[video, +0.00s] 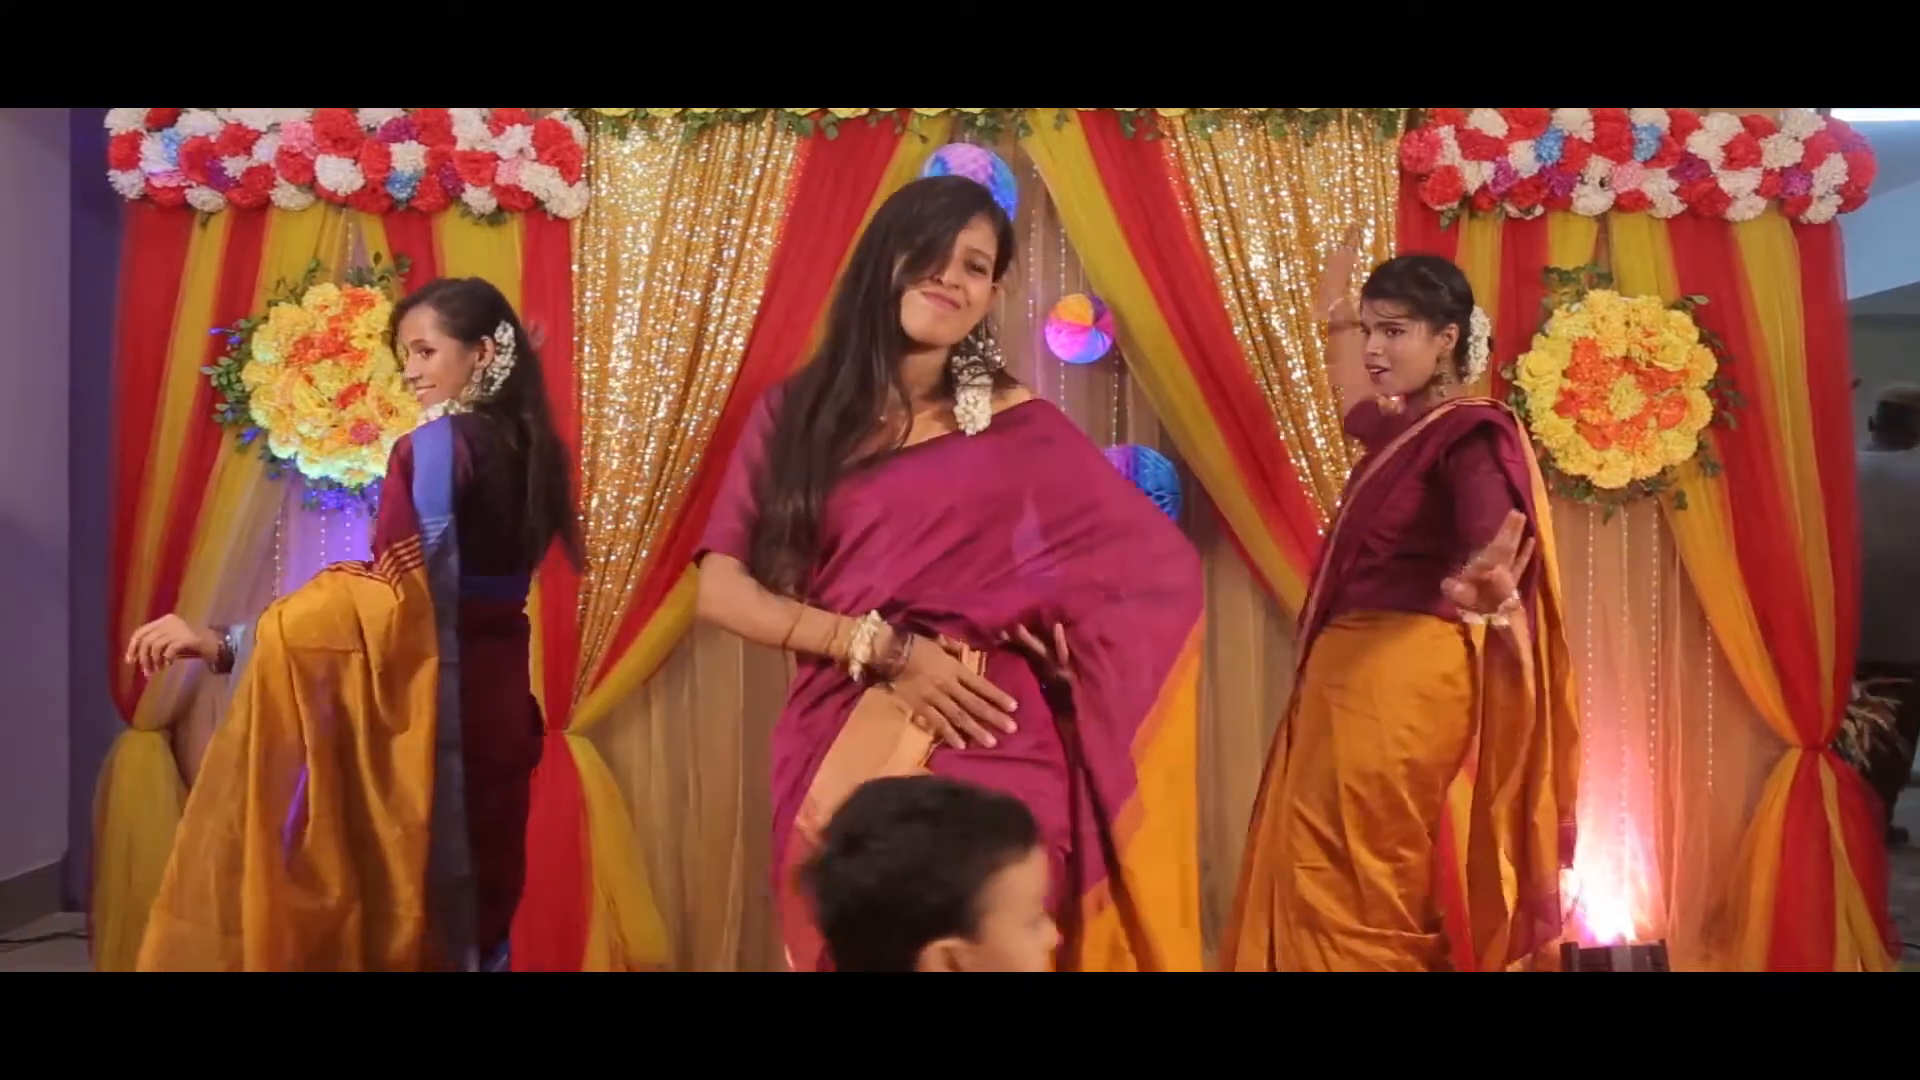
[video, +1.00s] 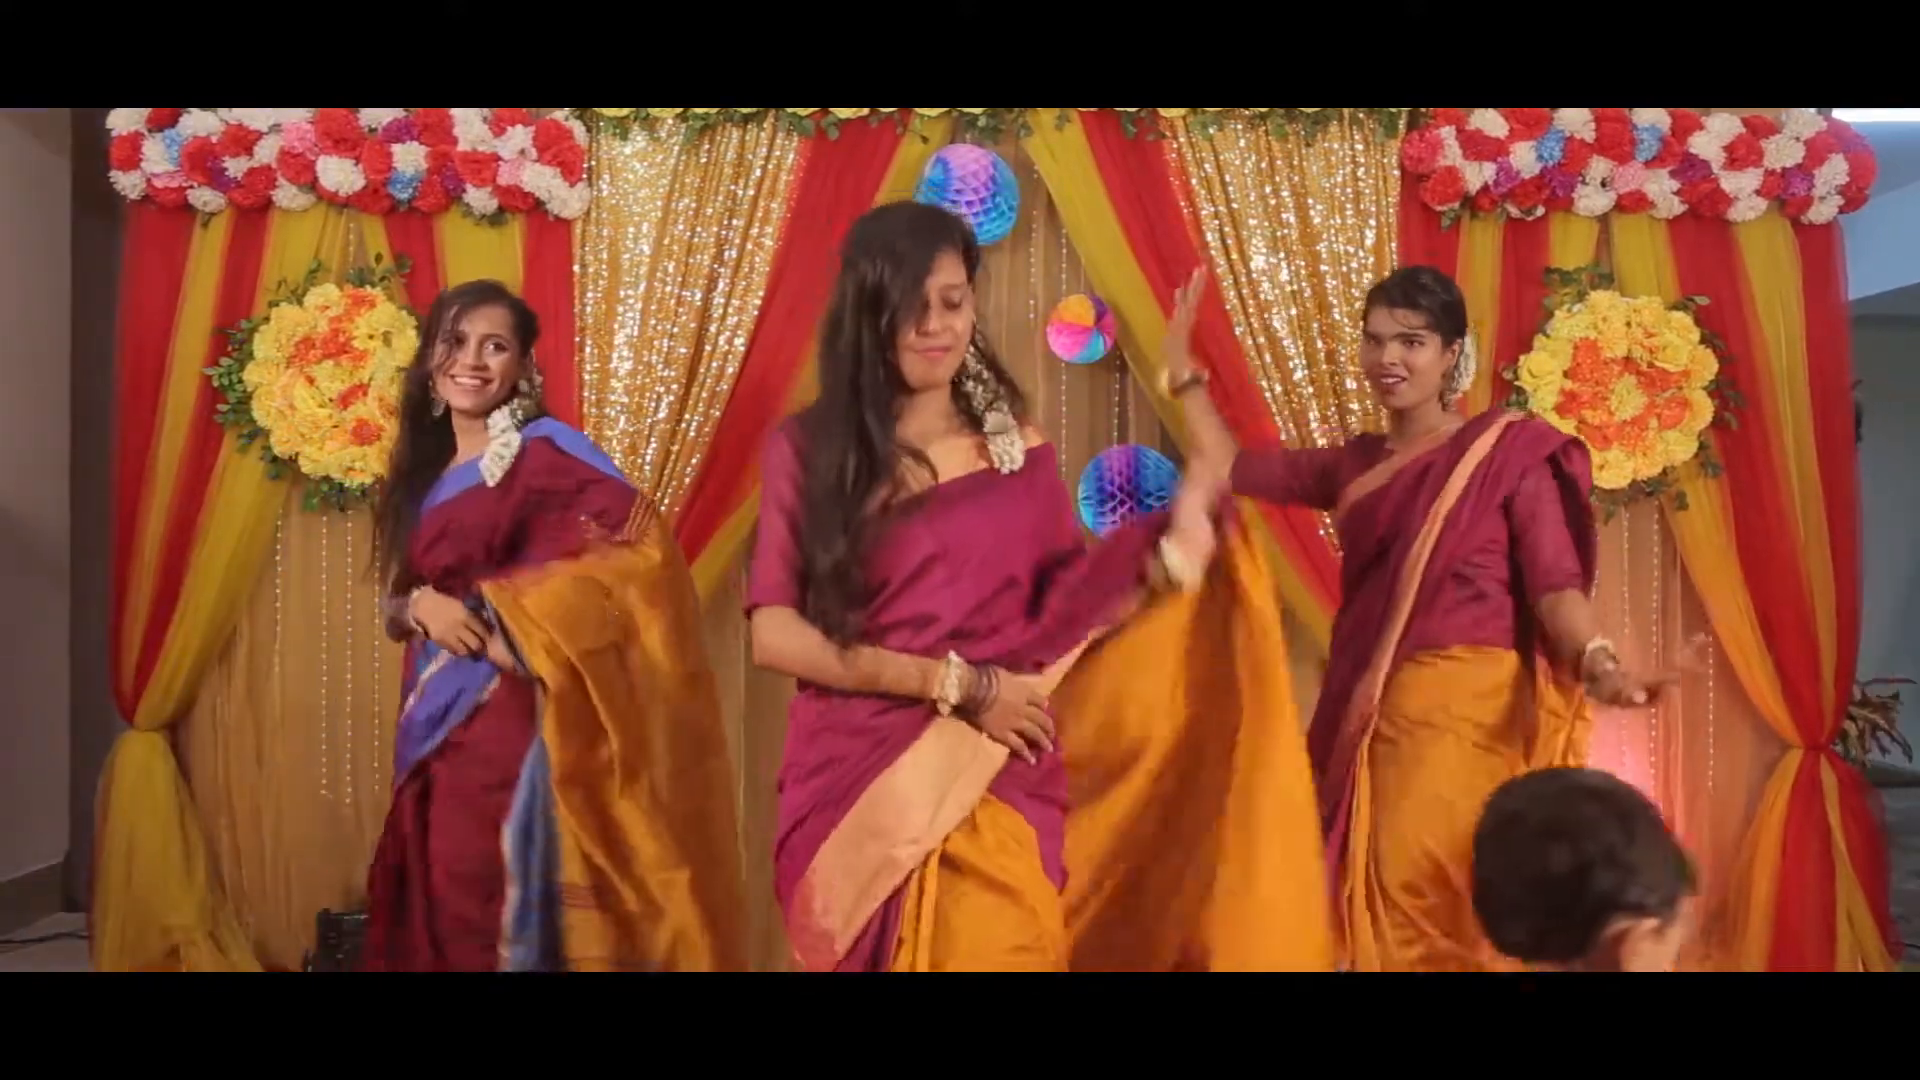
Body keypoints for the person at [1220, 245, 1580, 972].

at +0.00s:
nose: (1374, 349)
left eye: (1393, 330)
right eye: (1366, 329)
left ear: (1446, 340)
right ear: (1362, 336)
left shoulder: (1467, 430)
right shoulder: (1392, 431)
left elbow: (1495, 520)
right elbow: (1358, 400)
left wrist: (1483, 576)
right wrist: (1339, 325)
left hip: (1407, 658)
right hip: (1343, 656)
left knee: (1348, 873)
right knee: (1295, 863)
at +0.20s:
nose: (1371, 366)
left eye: (1393, 348)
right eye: (1365, 348)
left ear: (1446, 359)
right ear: (1357, 354)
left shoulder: (1477, 443)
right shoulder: (1392, 458)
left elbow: (1511, 557)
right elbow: (1326, 465)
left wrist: (1520, 619)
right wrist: (1293, 377)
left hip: (1427, 700)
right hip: (1366, 700)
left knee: (1328, 894)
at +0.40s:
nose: (1375, 355)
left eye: (1398, 336)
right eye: (1368, 335)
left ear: (1449, 345)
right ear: (1361, 337)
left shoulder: (1487, 432)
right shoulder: (1391, 445)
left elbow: (1532, 559)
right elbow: (1307, 439)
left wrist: (1545, 588)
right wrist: (1277, 342)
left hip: (1435, 682)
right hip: (1368, 682)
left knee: (1346, 870)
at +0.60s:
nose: (1380, 356)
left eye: (1402, 341)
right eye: (1371, 339)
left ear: (1451, 356)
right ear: (1360, 344)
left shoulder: (1489, 441)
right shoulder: (1383, 461)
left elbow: (1538, 568)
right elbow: (1285, 473)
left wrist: (1576, 663)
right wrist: (1245, 396)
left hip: (1432, 683)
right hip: (1367, 687)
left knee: (1359, 876)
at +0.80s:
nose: (1383, 349)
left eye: (1405, 333)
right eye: (1373, 331)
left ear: (1455, 345)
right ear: (1361, 339)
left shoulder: (1500, 447)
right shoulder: (1354, 442)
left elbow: (1554, 576)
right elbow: (1240, 402)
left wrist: (1610, 626)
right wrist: (1197, 300)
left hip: (1452, 675)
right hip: (1357, 682)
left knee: (1430, 884)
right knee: (1361, 879)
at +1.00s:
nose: (1388, 359)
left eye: (1411, 341)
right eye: (1375, 340)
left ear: (1452, 357)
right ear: (1359, 350)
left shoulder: (1507, 446)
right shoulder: (1353, 465)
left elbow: (1556, 589)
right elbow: (1231, 466)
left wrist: (1597, 660)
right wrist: (1179, 374)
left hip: (1464, 703)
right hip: (1360, 710)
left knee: (1410, 893)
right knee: (1345, 891)